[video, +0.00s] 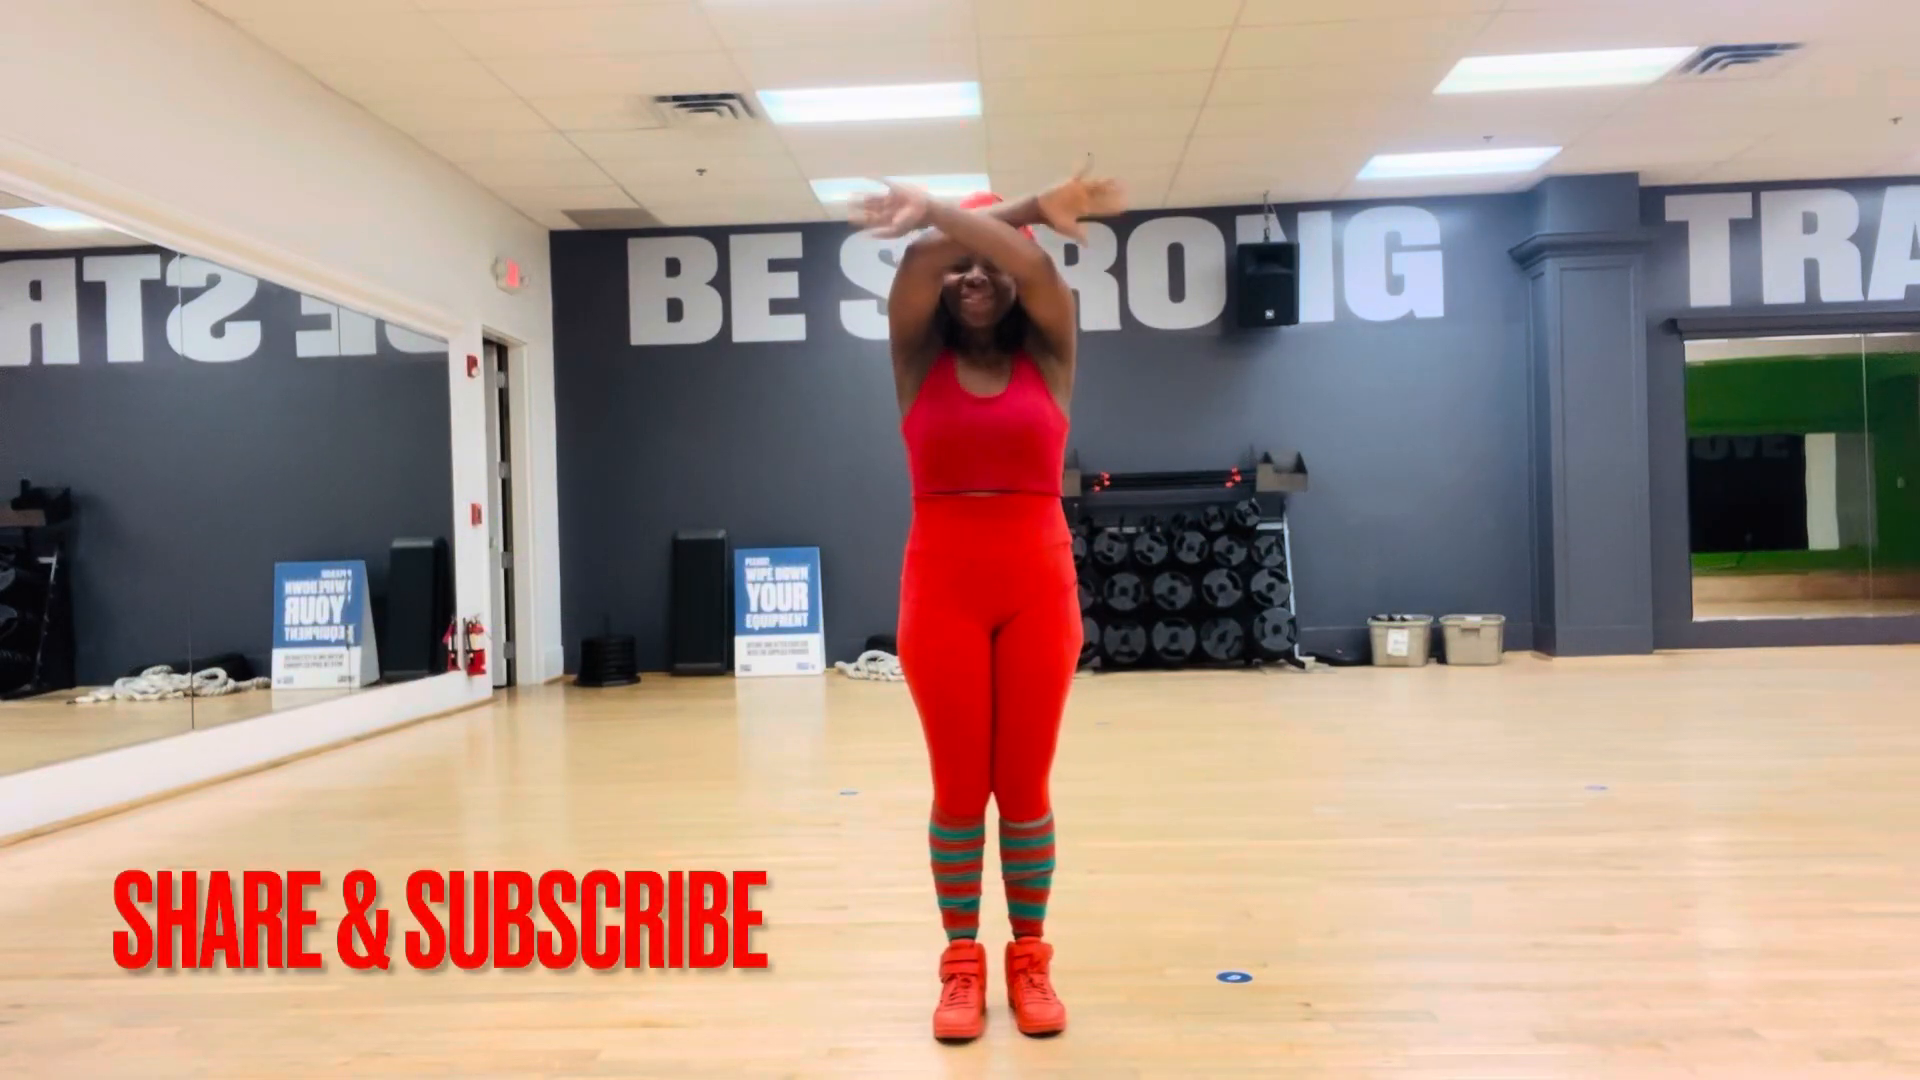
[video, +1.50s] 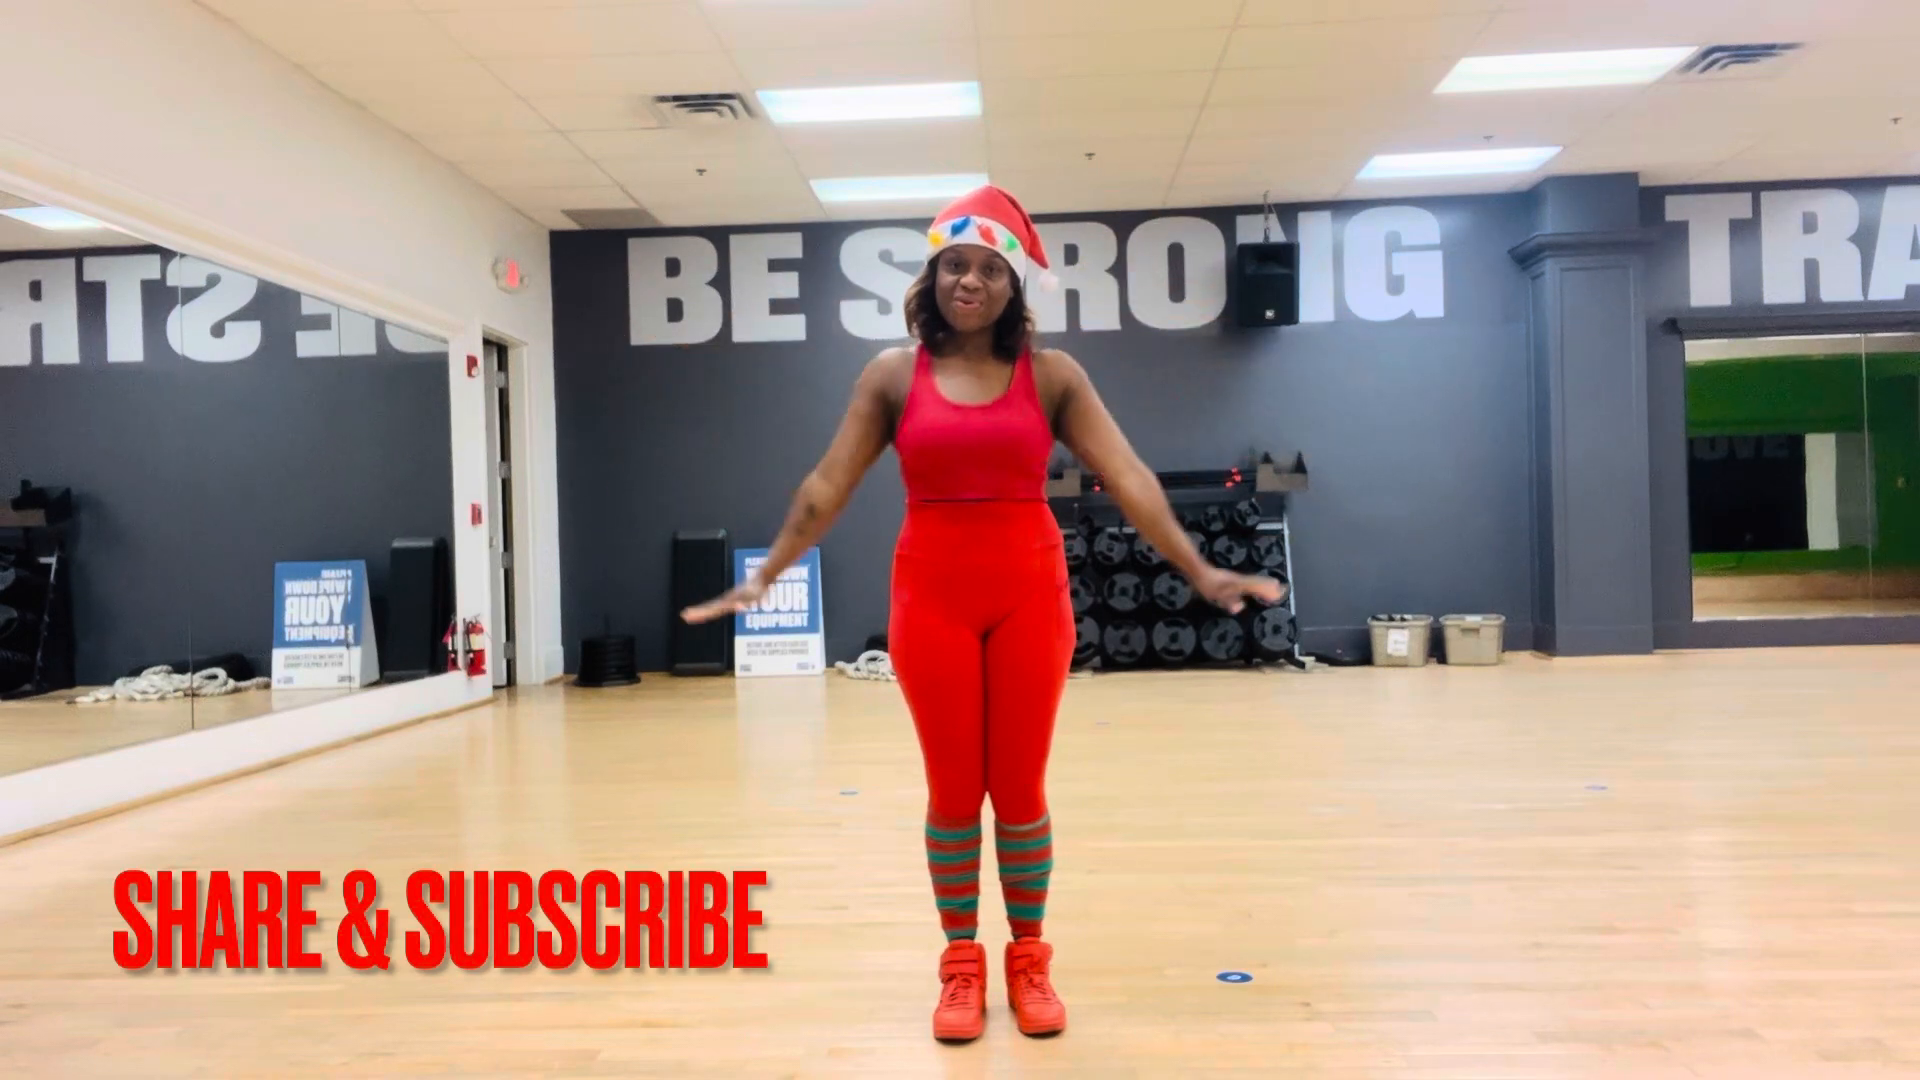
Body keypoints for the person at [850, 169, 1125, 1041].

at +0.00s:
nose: (970, 285)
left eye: (985, 276)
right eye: (956, 275)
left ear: (1015, 289)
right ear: (936, 294)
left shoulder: (1049, 354)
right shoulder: (919, 357)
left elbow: (1029, 268)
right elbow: (924, 260)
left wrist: (932, 208)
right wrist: (1037, 207)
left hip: (1039, 586)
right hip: (941, 587)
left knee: (1023, 783)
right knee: (959, 784)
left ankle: (1030, 964)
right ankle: (962, 967)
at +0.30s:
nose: (972, 284)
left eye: (989, 271)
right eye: (957, 271)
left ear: (1018, 282)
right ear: (936, 285)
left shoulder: (1048, 353)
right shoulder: (913, 355)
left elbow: (1064, 239)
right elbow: (872, 238)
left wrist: (1075, 121)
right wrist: (901, 123)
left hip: (1039, 589)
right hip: (939, 593)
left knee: (1024, 782)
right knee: (958, 781)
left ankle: (1030, 959)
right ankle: (963, 964)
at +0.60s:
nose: (970, 283)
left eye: (987, 269)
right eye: (954, 269)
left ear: (1015, 279)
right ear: (933, 279)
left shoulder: (1051, 345)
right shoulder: (903, 349)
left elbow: (1130, 254)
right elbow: (813, 257)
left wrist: (1223, 171)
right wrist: (738, 163)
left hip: (1037, 587)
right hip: (938, 591)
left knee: (1022, 783)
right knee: (958, 784)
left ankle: (1031, 961)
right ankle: (962, 966)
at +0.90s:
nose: (966, 284)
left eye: (984, 272)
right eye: (952, 271)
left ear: (1014, 286)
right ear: (931, 284)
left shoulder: (1055, 351)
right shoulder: (898, 354)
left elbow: (1172, 321)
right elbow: (772, 323)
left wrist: (1291, 300)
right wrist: (667, 290)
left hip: (1032, 589)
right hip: (934, 592)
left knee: (1019, 784)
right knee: (955, 786)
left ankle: (1030, 960)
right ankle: (961, 963)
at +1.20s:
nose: (968, 280)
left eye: (985, 268)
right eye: (954, 267)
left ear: (1013, 282)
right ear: (933, 280)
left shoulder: (1051, 361)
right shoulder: (896, 364)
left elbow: (1170, 396)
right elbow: (779, 408)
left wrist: (1276, 430)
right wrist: (678, 442)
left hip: (1031, 589)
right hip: (932, 593)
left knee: (1019, 785)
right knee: (954, 787)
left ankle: (1030, 959)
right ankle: (962, 965)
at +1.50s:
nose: (966, 283)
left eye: (985, 270)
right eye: (953, 266)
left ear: (1012, 285)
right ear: (932, 277)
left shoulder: (1050, 373)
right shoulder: (894, 374)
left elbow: (1126, 475)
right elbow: (827, 485)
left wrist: (1202, 569)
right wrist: (764, 576)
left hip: (1030, 590)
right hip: (931, 592)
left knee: (1019, 785)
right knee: (954, 786)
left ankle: (1030, 963)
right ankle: (962, 965)